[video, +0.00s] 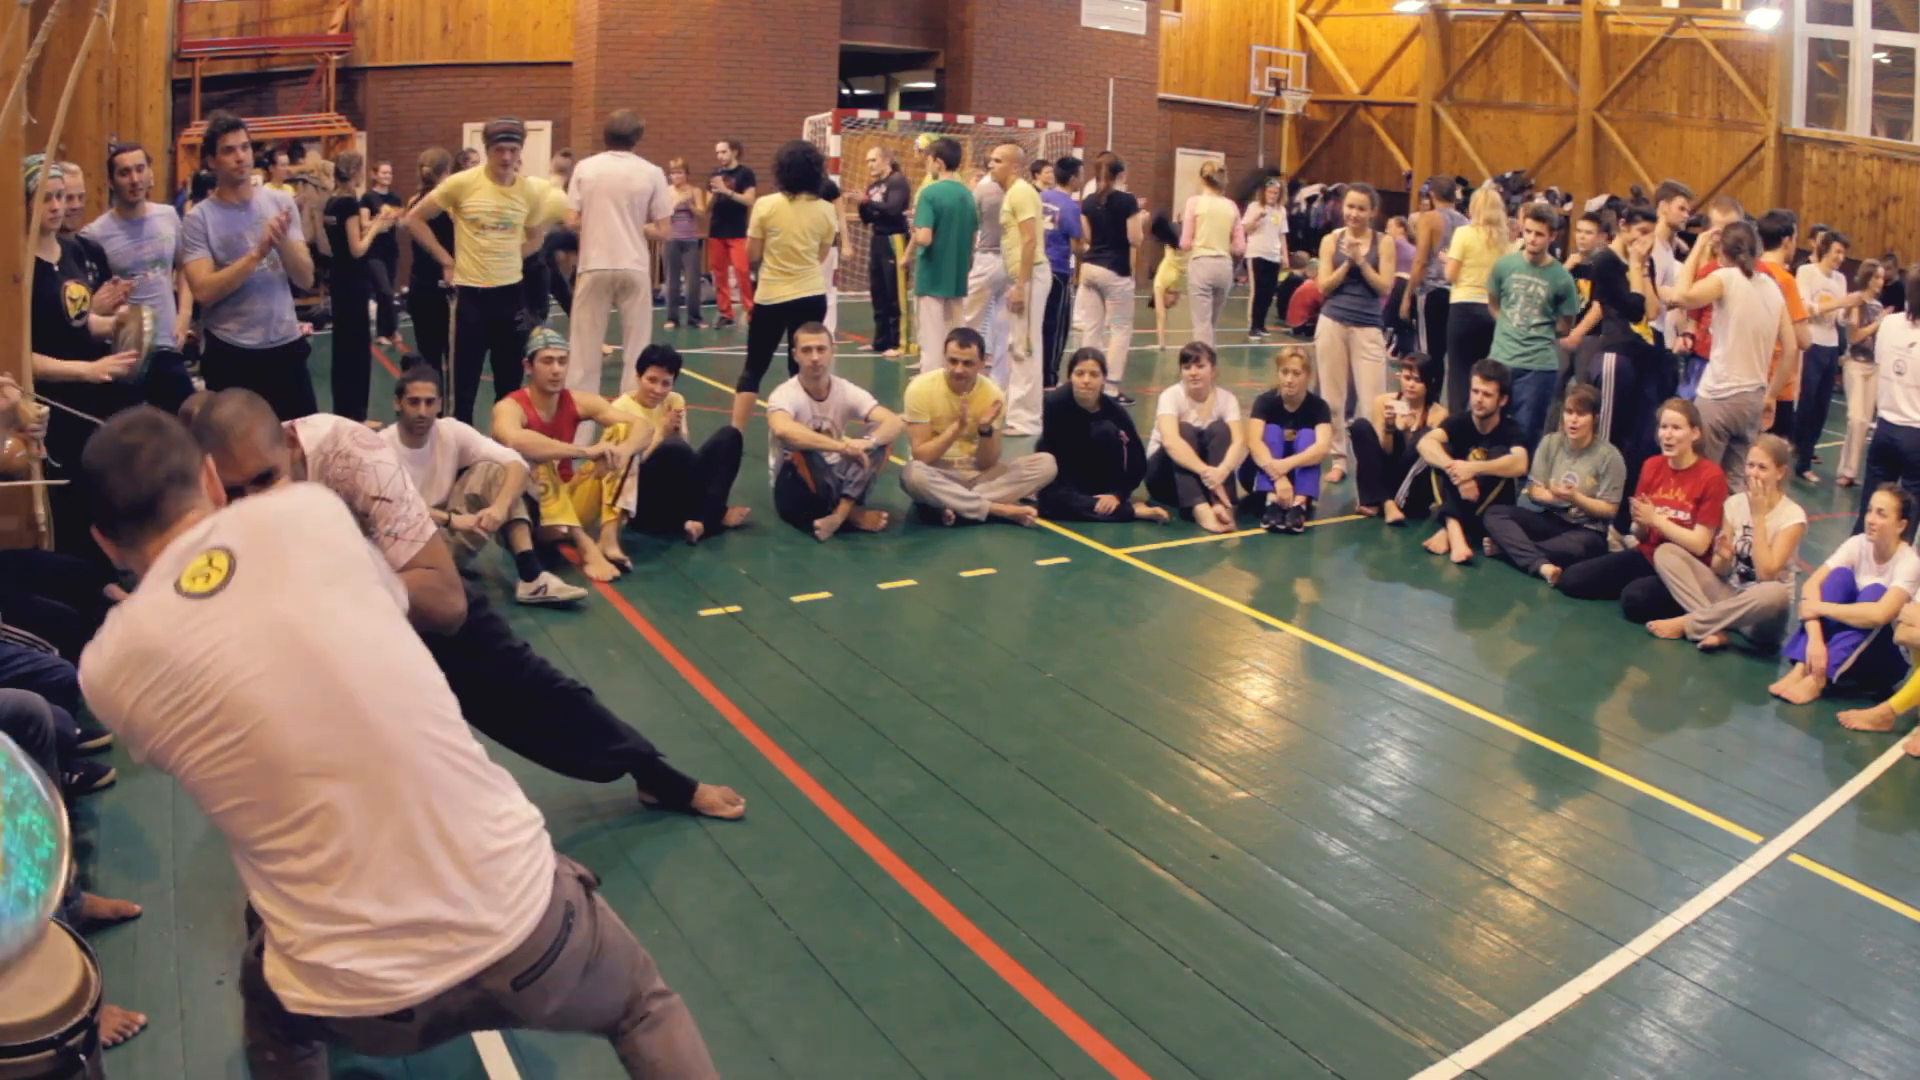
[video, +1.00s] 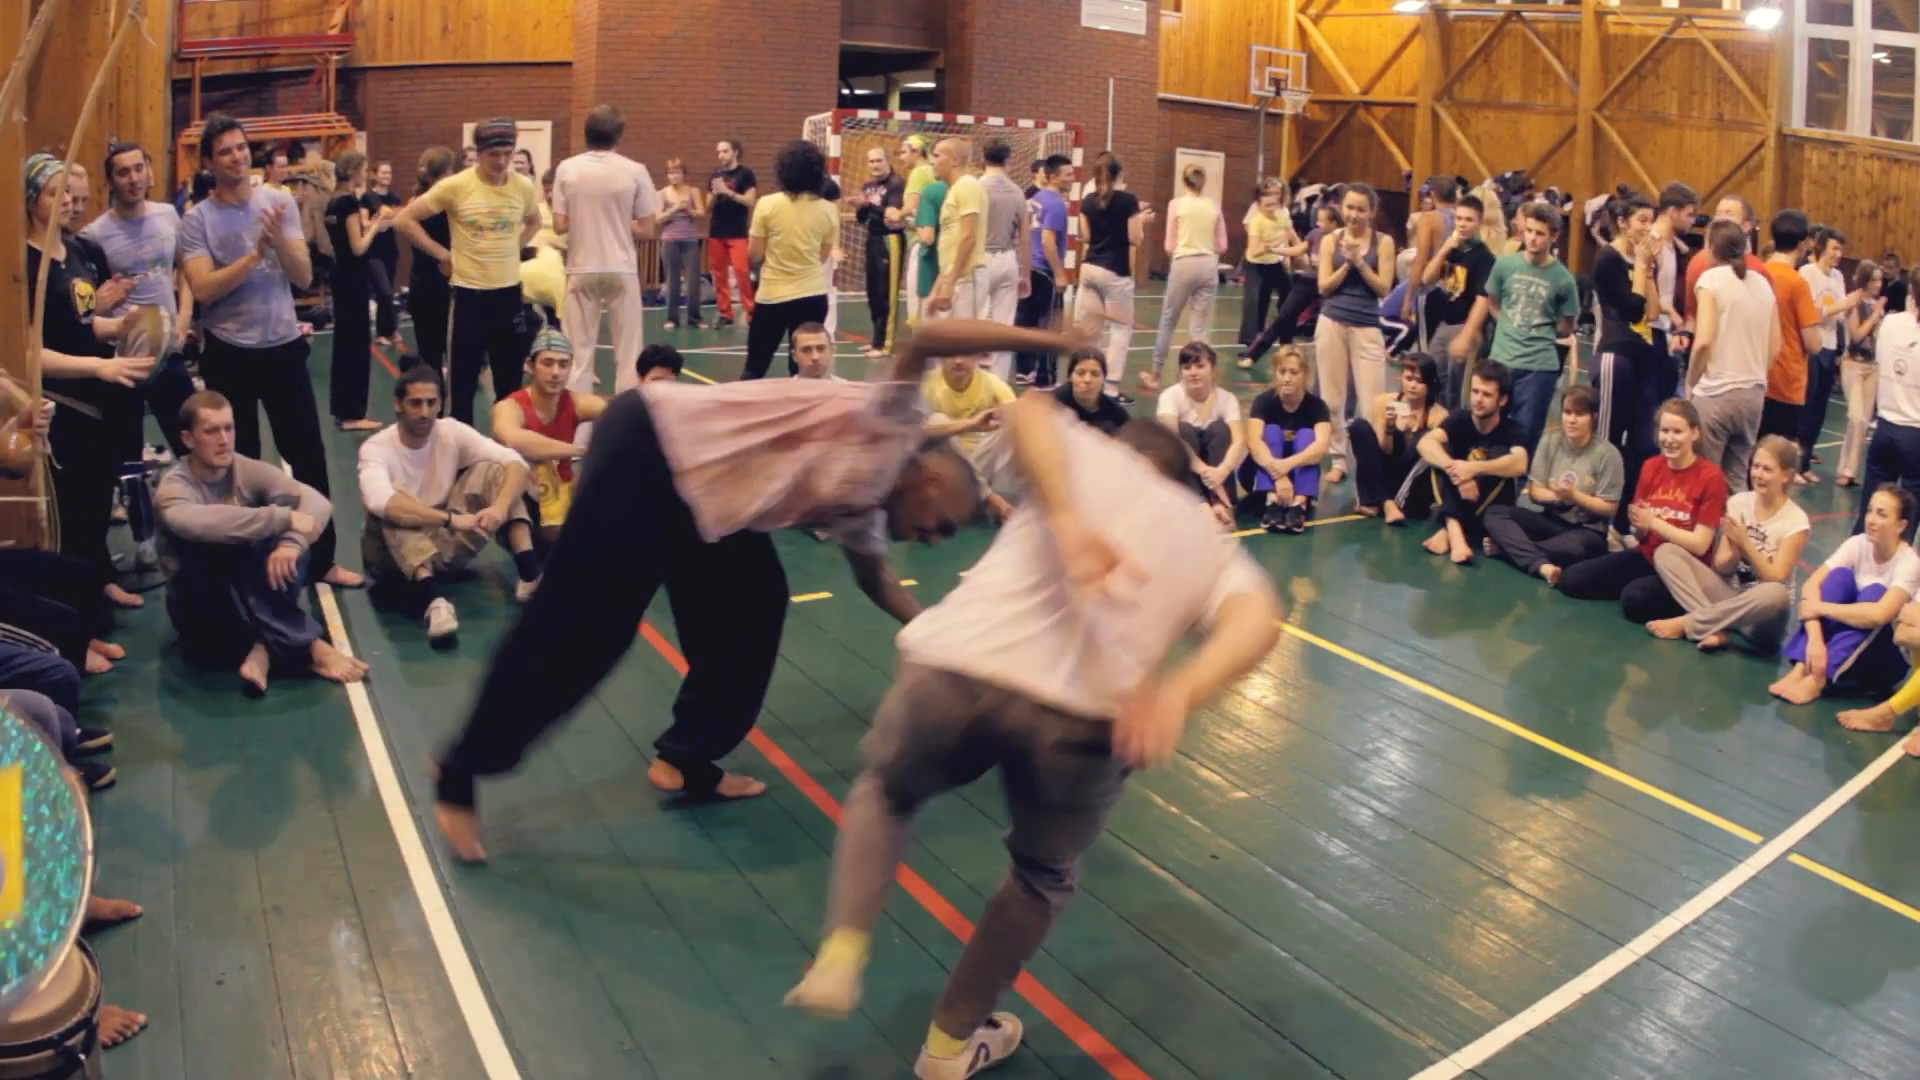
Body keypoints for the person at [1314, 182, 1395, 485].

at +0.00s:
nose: (1354, 213)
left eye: (1361, 208)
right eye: (1350, 207)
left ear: (1372, 212)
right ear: (1343, 208)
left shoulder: (1383, 241)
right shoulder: (1331, 240)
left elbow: (1384, 287)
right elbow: (1324, 285)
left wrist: (1360, 262)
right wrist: (1347, 263)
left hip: (1367, 324)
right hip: (1331, 321)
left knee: (1370, 396)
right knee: (1333, 394)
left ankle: (1370, 461)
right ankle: (1338, 456)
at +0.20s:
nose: (1354, 213)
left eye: (1360, 209)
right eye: (1350, 207)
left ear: (1372, 212)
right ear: (1343, 208)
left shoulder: (1384, 242)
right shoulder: (1331, 240)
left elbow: (1389, 288)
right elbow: (1320, 285)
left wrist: (1366, 265)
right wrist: (1336, 260)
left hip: (1368, 324)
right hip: (1332, 320)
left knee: (1370, 397)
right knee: (1333, 396)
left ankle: (1369, 462)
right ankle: (1338, 457)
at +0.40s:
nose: (1354, 214)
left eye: (1360, 209)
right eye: (1350, 207)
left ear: (1372, 212)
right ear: (1342, 208)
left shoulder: (1383, 241)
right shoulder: (1331, 240)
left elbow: (1386, 287)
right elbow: (1322, 286)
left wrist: (1360, 262)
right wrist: (1346, 263)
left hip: (1368, 323)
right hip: (1332, 320)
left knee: (1371, 395)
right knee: (1333, 393)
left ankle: (1372, 460)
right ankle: (1338, 457)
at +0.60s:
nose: (1353, 214)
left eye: (1360, 209)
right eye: (1349, 208)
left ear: (1371, 211)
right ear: (1342, 208)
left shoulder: (1383, 242)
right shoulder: (1330, 239)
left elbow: (1386, 287)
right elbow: (1323, 285)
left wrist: (1367, 265)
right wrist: (1336, 261)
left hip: (1367, 323)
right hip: (1332, 320)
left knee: (1371, 397)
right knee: (1333, 396)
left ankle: (1371, 461)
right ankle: (1338, 457)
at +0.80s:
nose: (1354, 215)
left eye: (1361, 210)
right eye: (1350, 208)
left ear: (1371, 212)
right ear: (1342, 209)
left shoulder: (1383, 242)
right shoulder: (1331, 239)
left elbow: (1386, 287)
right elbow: (1321, 286)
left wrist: (1363, 263)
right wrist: (1338, 259)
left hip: (1367, 324)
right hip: (1331, 321)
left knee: (1371, 398)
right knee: (1333, 396)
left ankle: (1371, 462)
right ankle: (1338, 458)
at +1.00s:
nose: (1354, 214)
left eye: (1360, 209)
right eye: (1349, 208)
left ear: (1371, 212)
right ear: (1341, 208)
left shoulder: (1383, 242)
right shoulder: (1331, 240)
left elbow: (1383, 288)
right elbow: (1323, 286)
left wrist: (1358, 262)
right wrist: (1347, 264)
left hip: (1367, 324)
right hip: (1331, 321)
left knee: (1370, 397)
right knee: (1333, 396)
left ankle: (1370, 461)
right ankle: (1338, 458)